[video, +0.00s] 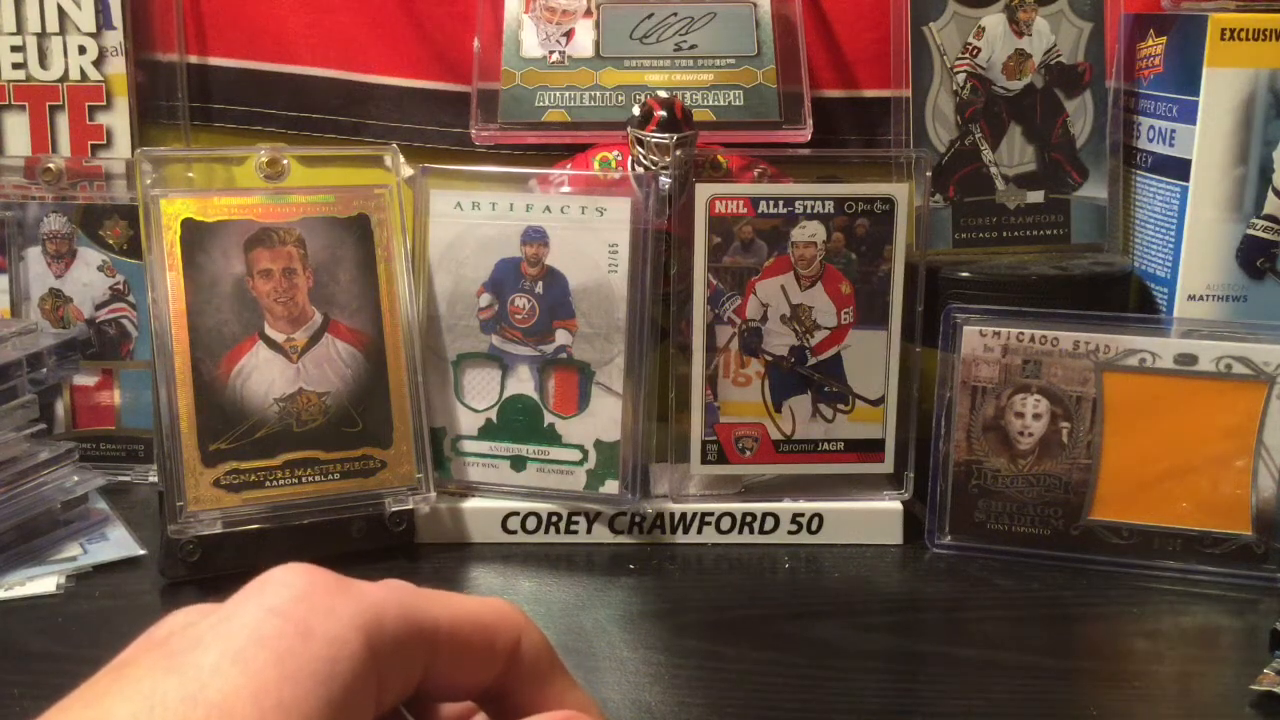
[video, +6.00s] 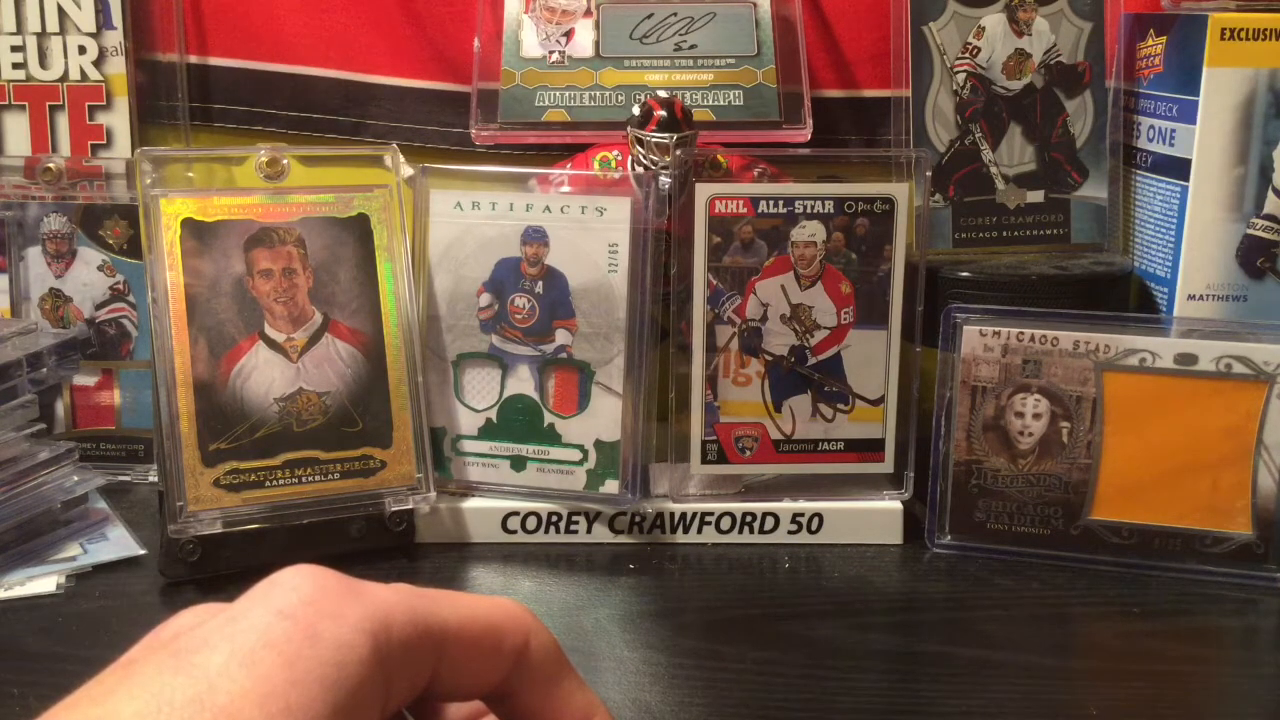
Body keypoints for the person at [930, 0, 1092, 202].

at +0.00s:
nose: (1030, 17)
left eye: (1034, 11)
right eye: (1024, 11)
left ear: (1037, 11)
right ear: (1011, 9)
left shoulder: (1041, 27)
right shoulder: (990, 26)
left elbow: (1051, 61)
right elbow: (965, 63)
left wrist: (1068, 75)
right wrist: (969, 99)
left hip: (1025, 92)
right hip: (992, 94)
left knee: (1056, 123)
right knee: (979, 140)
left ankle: (1064, 176)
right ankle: (942, 184)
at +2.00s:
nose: (1030, 17)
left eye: (1034, 11)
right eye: (1025, 11)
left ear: (1037, 11)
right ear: (1011, 9)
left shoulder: (1041, 27)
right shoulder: (990, 26)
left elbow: (1050, 61)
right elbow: (965, 63)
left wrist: (1068, 74)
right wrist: (969, 98)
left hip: (1026, 91)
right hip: (993, 93)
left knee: (1056, 124)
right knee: (979, 138)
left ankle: (1063, 178)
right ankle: (942, 186)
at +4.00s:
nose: (1029, 16)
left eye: (1033, 10)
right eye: (1024, 10)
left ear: (1037, 11)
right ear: (1010, 9)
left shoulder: (1041, 27)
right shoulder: (990, 26)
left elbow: (1050, 63)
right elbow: (965, 62)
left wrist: (1069, 75)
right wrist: (969, 97)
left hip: (1025, 92)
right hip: (992, 93)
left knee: (1055, 118)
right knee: (981, 136)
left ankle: (1063, 173)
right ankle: (942, 183)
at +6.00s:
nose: (1029, 15)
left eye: (1033, 10)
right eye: (1023, 9)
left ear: (1037, 9)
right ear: (1011, 8)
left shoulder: (1041, 27)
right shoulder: (990, 25)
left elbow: (1051, 60)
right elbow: (965, 62)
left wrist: (1068, 74)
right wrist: (970, 97)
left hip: (1026, 92)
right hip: (993, 94)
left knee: (1056, 121)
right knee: (979, 138)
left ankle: (1062, 175)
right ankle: (942, 184)